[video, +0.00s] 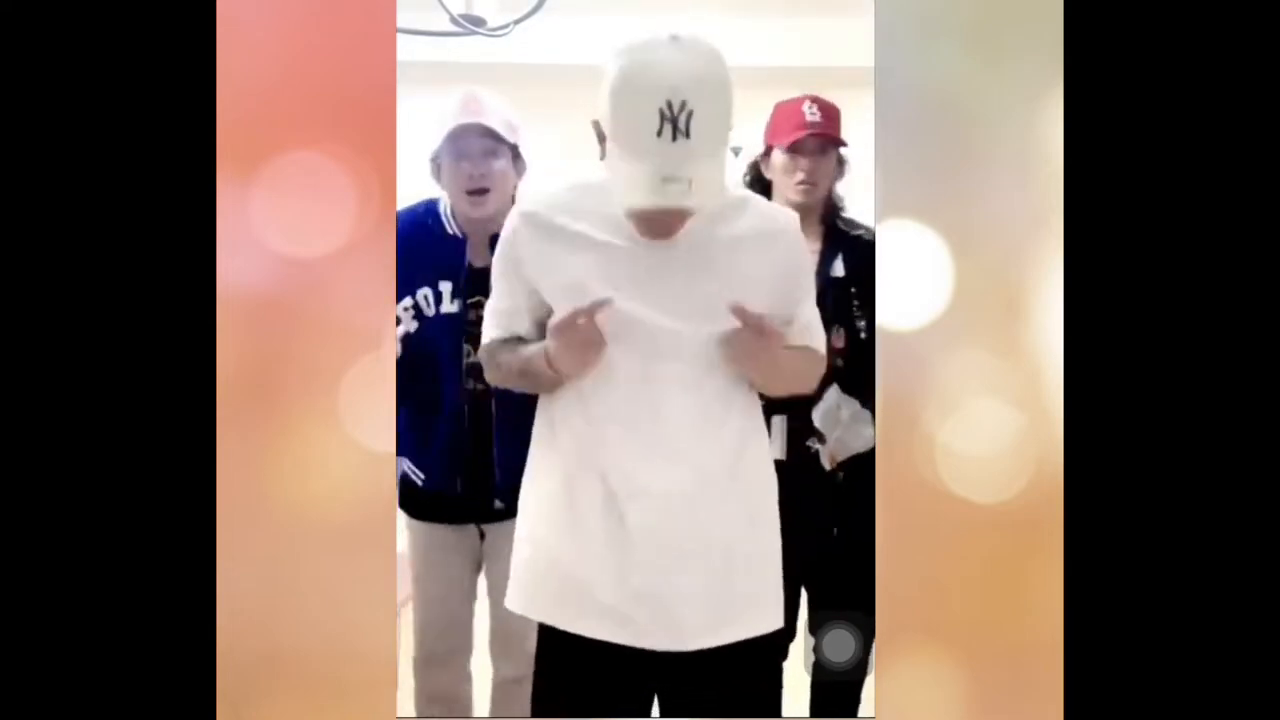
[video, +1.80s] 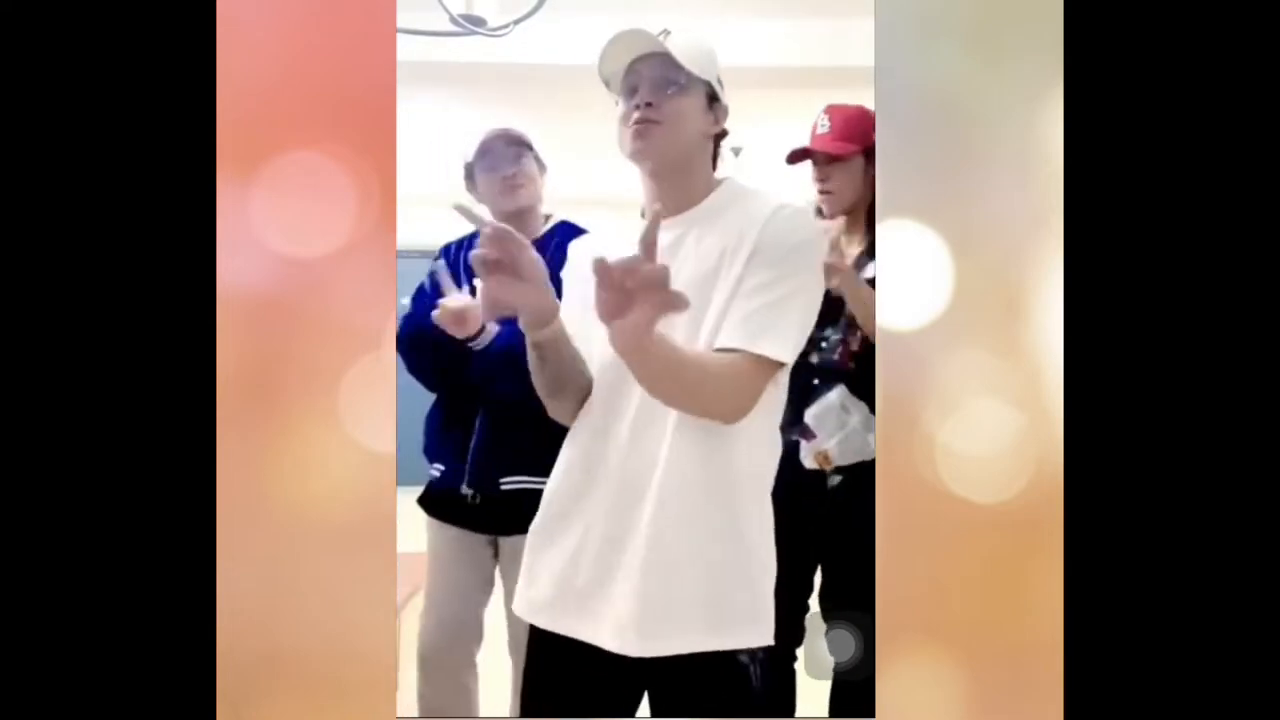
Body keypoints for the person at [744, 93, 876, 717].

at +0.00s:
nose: (806, 166)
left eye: (821, 153)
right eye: (792, 152)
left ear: (839, 166)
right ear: (765, 162)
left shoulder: (867, 251)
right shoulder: (736, 245)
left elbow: (893, 357)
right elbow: (713, 357)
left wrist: (862, 421)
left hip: (849, 476)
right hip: (759, 473)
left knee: (844, 645)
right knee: (755, 641)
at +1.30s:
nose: (820, 182)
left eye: (837, 169)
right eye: (811, 169)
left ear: (868, 180)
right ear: (801, 178)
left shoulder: (895, 261)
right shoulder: (781, 258)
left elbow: (905, 361)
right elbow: (764, 359)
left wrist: (869, 439)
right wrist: (799, 443)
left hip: (867, 477)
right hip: (786, 473)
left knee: (859, 641)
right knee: (774, 635)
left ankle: (854, 712)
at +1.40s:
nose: (818, 177)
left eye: (834, 165)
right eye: (810, 165)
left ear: (869, 174)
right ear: (801, 174)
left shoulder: (898, 256)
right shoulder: (778, 253)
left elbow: (902, 354)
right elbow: (762, 342)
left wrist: (814, 310)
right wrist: (844, 286)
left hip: (865, 478)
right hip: (786, 472)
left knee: (855, 636)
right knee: (770, 625)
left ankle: (853, 719)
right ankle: (765, 715)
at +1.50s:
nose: (818, 173)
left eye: (834, 160)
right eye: (812, 161)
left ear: (869, 168)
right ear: (805, 167)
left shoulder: (893, 247)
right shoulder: (793, 247)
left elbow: (885, 331)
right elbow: (768, 365)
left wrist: (825, 255)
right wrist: (772, 265)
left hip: (862, 470)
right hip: (788, 466)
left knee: (852, 634)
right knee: (769, 625)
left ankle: (853, 717)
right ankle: (761, 714)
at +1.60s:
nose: (819, 181)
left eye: (834, 168)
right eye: (813, 169)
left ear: (872, 176)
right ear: (807, 175)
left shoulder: (896, 264)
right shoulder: (792, 254)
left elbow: (868, 361)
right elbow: (773, 361)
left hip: (860, 474)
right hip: (784, 469)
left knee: (855, 636)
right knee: (770, 632)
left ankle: (853, 714)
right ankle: (765, 712)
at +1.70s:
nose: (820, 184)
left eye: (835, 171)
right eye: (813, 172)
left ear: (871, 178)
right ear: (806, 178)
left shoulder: (895, 262)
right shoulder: (790, 256)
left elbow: (892, 353)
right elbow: (763, 360)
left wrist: (841, 281)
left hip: (862, 478)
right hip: (785, 473)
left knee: (857, 642)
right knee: (767, 638)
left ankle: (853, 716)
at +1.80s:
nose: (820, 175)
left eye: (835, 162)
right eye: (814, 163)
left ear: (872, 170)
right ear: (808, 169)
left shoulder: (898, 251)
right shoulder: (794, 244)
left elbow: (902, 341)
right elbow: (769, 337)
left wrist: (848, 283)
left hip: (863, 465)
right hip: (785, 458)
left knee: (853, 631)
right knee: (771, 623)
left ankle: (853, 718)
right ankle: (765, 716)